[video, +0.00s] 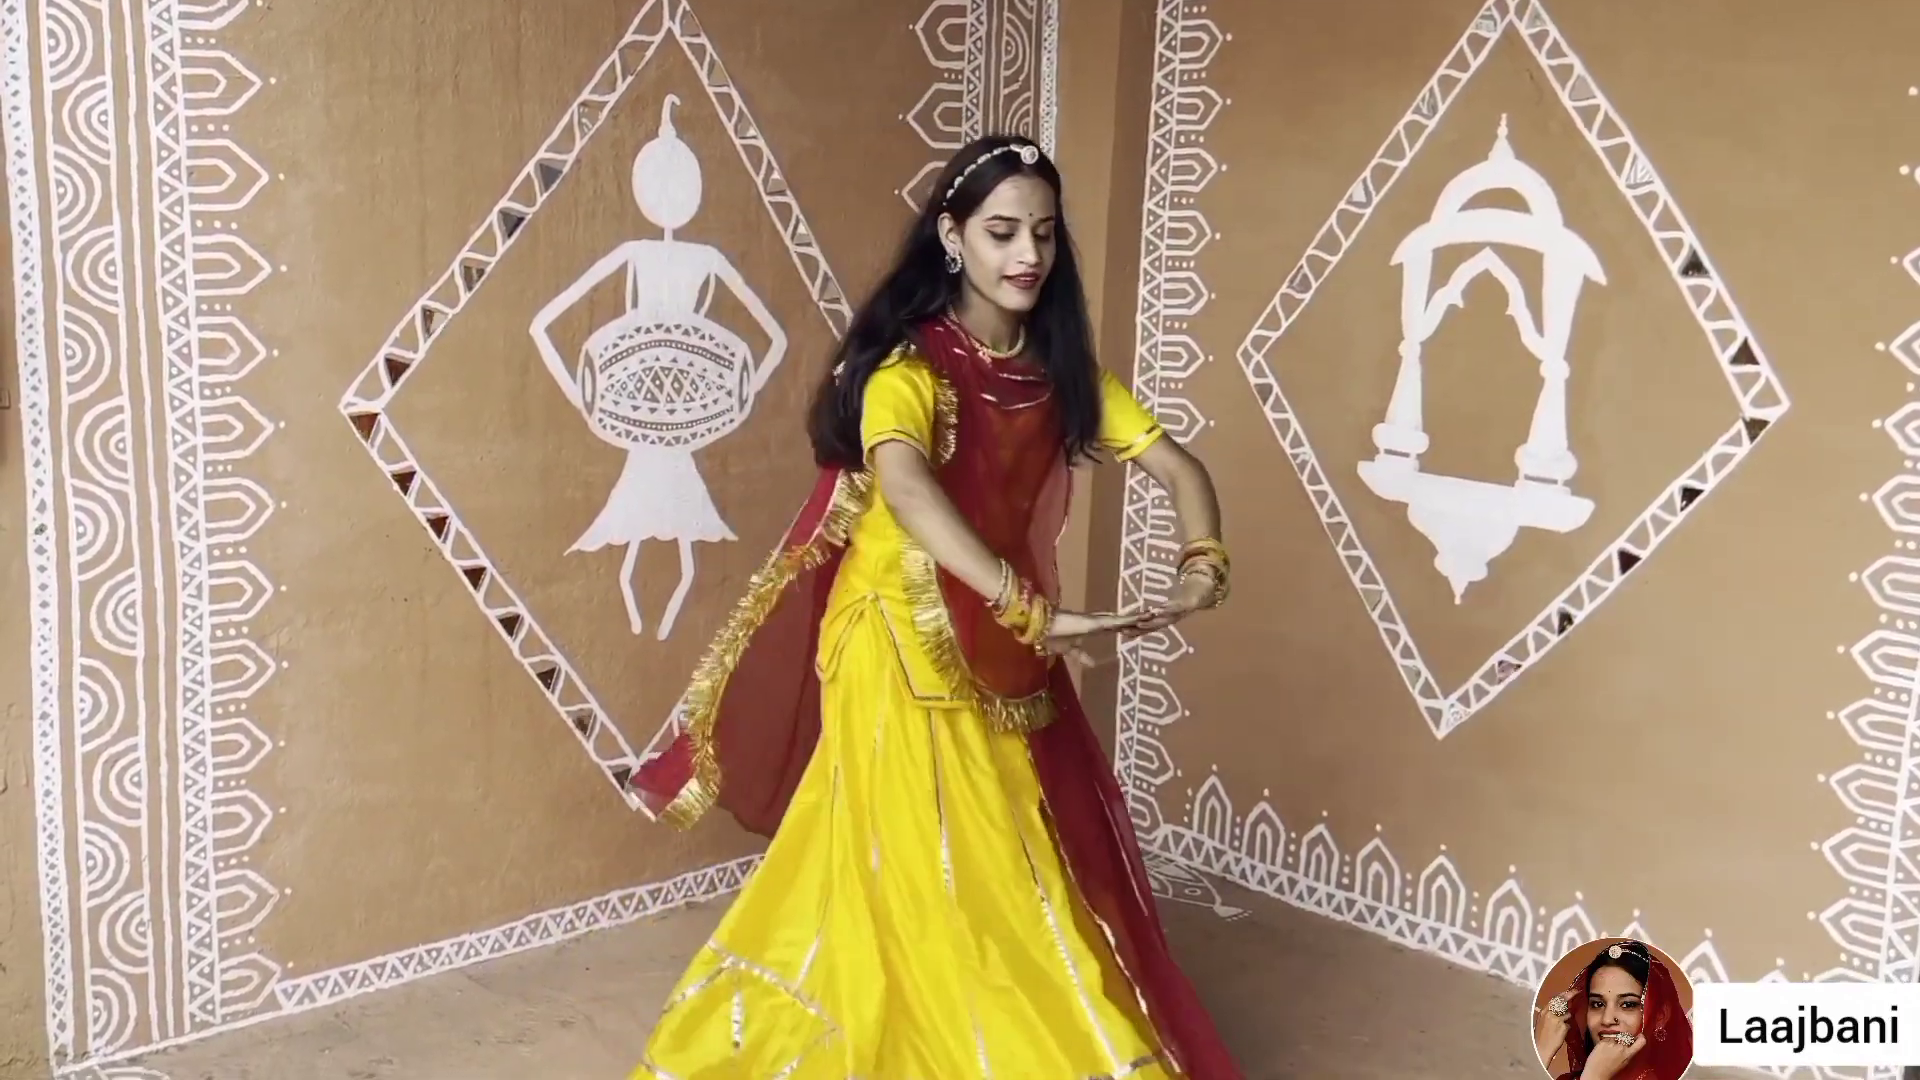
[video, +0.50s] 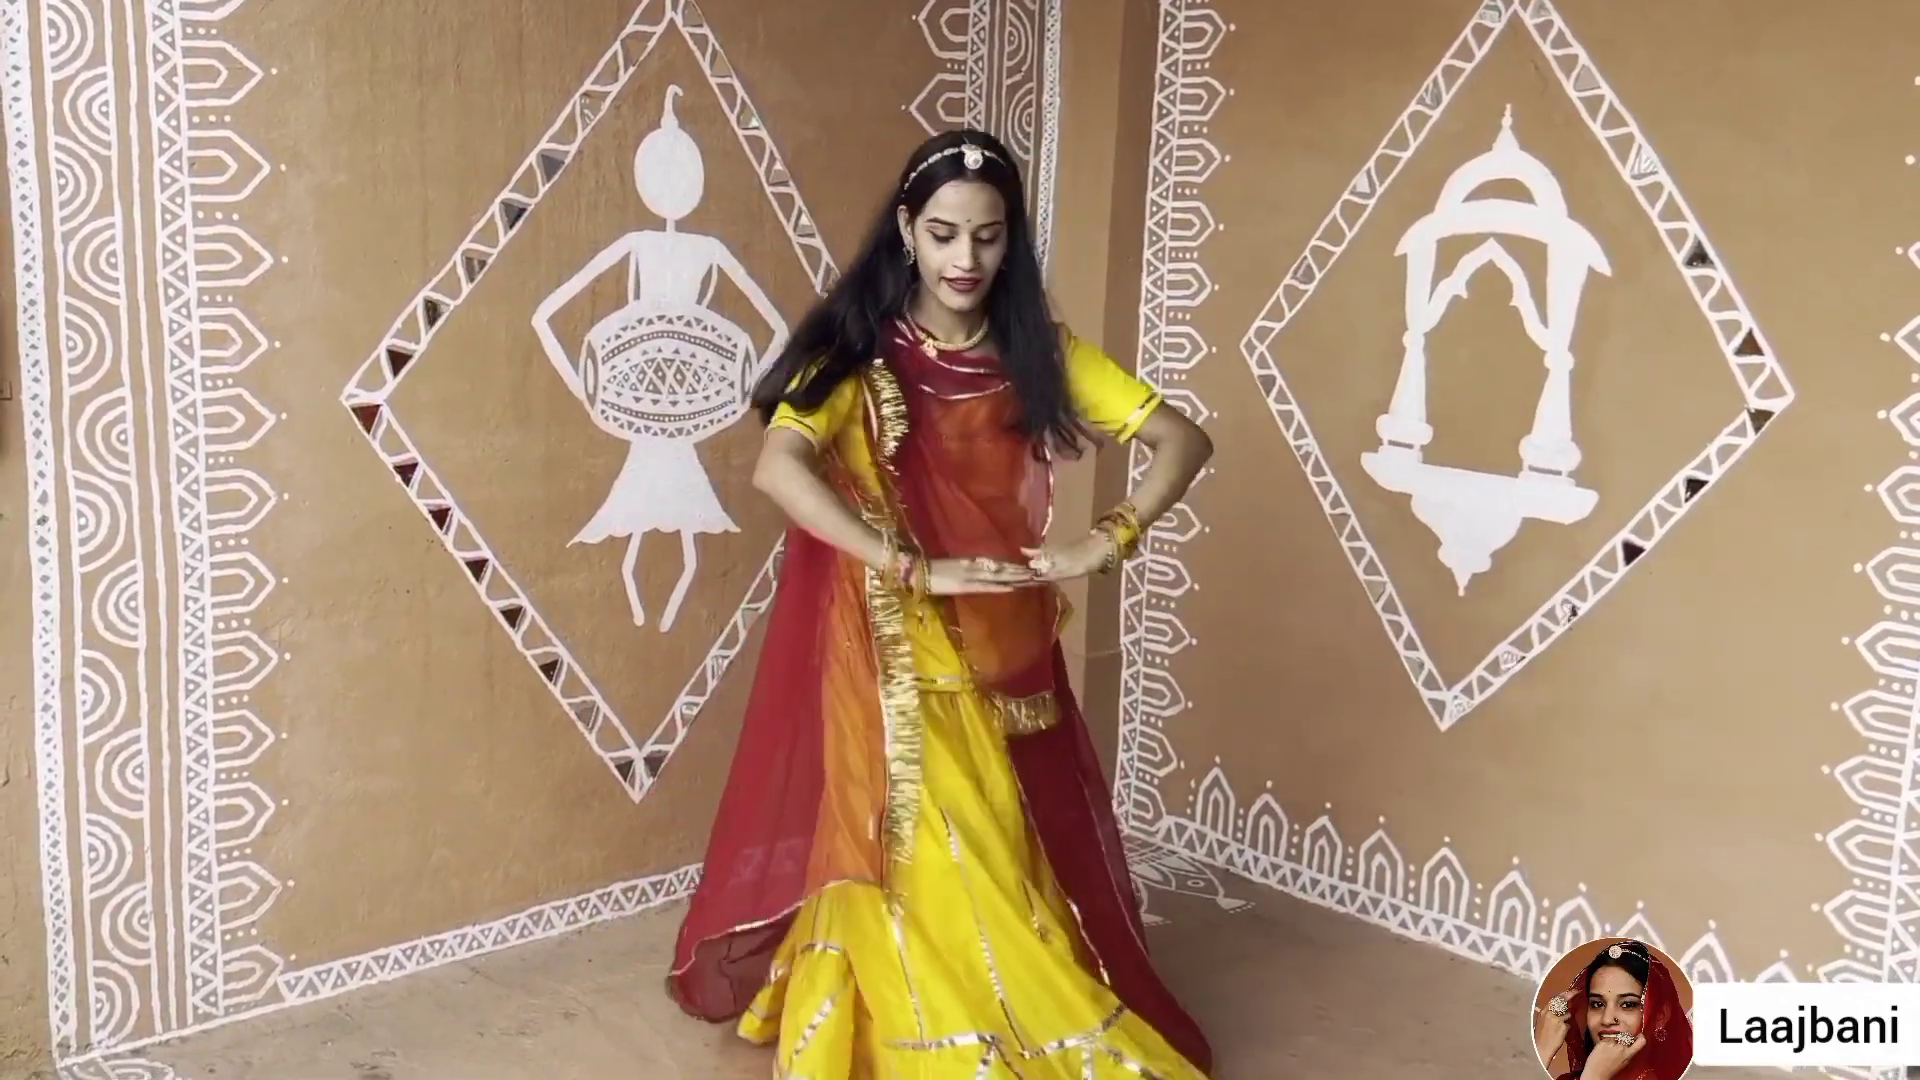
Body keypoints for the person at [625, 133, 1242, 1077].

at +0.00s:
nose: (1029, 255)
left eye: (1044, 232)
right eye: (1005, 232)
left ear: (1058, 242)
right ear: (953, 239)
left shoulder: (1063, 372)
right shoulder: (910, 367)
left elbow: (1177, 464)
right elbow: (904, 491)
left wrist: (1204, 557)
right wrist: (1024, 604)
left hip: (1006, 641)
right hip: (900, 640)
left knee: (1046, 867)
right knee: (970, 872)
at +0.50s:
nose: (964, 260)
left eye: (986, 237)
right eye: (944, 234)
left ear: (1011, 240)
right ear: (906, 233)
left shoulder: (1036, 352)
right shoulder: (859, 349)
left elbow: (1179, 440)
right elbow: (776, 467)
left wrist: (1113, 539)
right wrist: (900, 562)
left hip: (1011, 642)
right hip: (894, 644)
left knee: (1016, 857)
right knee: (944, 854)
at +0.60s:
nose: (943, 234)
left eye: (966, 212)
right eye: (923, 209)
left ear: (995, 217)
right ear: (892, 209)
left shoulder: (1030, 327)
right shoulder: (836, 322)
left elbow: (1179, 403)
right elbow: (735, 426)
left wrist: (1088, 480)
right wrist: (879, 503)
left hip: (1003, 631)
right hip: (876, 632)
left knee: (1005, 850)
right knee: (901, 850)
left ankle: (1018, 1044)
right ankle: (903, 1049)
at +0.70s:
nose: (912, 195)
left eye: (936, 174)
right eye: (894, 170)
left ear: (973, 181)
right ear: (871, 171)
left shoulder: (1012, 286)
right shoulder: (825, 273)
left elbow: (1173, 337)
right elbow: (688, 341)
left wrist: (1032, 392)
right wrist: (837, 391)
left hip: (974, 593)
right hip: (844, 592)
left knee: (974, 821)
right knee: (853, 818)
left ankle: (995, 1040)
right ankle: (859, 1041)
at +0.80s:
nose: (894, 181)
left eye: (919, 162)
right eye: (878, 157)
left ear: (959, 169)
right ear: (858, 158)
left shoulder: (1003, 274)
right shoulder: (814, 263)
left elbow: (1157, 304)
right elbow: (669, 303)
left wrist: (1017, 341)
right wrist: (813, 332)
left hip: (962, 593)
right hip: (827, 589)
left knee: (967, 821)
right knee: (833, 816)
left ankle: (991, 1037)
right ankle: (838, 1036)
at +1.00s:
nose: (846, 194)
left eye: (872, 178)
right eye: (836, 170)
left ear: (922, 185)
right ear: (822, 167)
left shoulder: (964, 287)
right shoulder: (783, 284)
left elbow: (1094, 336)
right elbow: (633, 324)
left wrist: (942, 362)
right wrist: (761, 348)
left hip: (932, 606)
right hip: (798, 604)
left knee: (931, 832)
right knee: (801, 829)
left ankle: (945, 1044)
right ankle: (812, 1041)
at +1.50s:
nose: (740, 218)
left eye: (765, 201)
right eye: (733, 196)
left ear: (825, 209)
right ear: (725, 199)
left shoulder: (877, 312)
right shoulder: (729, 322)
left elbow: (801, 414)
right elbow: (604, 410)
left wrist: (650, 502)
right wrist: (534, 496)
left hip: (895, 627)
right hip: (785, 633)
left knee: (847, 874)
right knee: (721, 865)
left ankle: (862, 1062)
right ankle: (694, 1059)